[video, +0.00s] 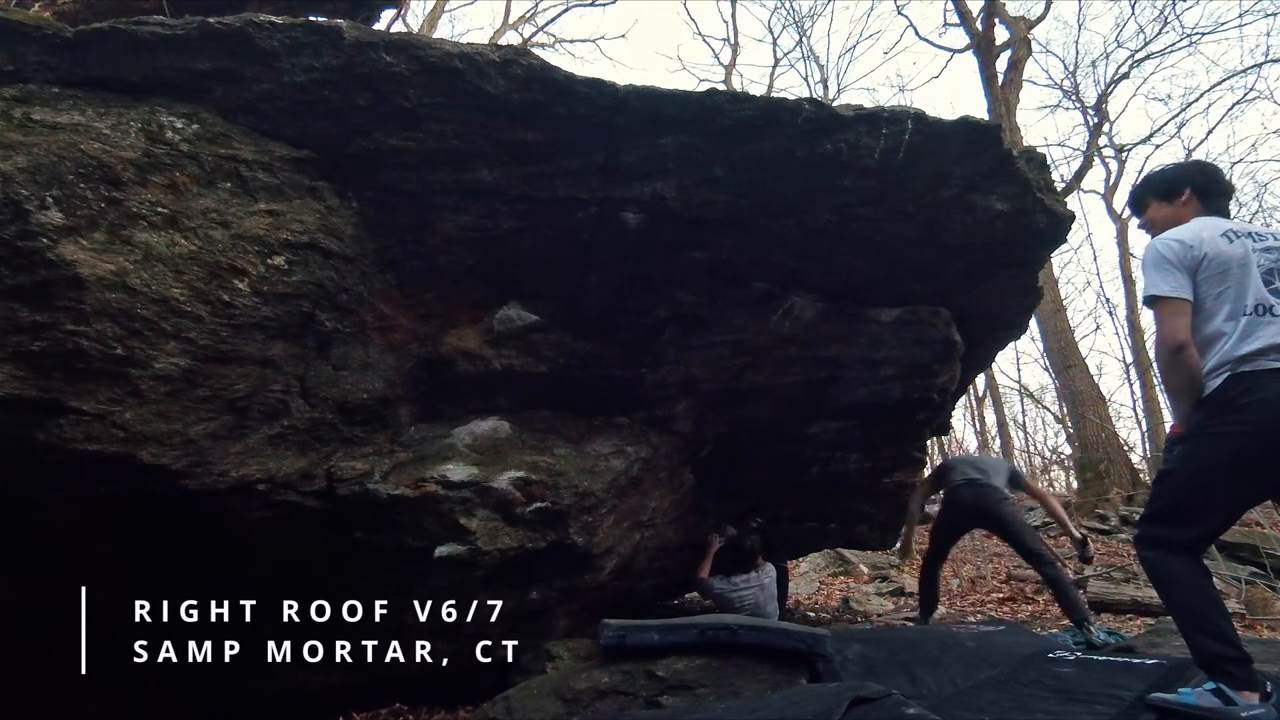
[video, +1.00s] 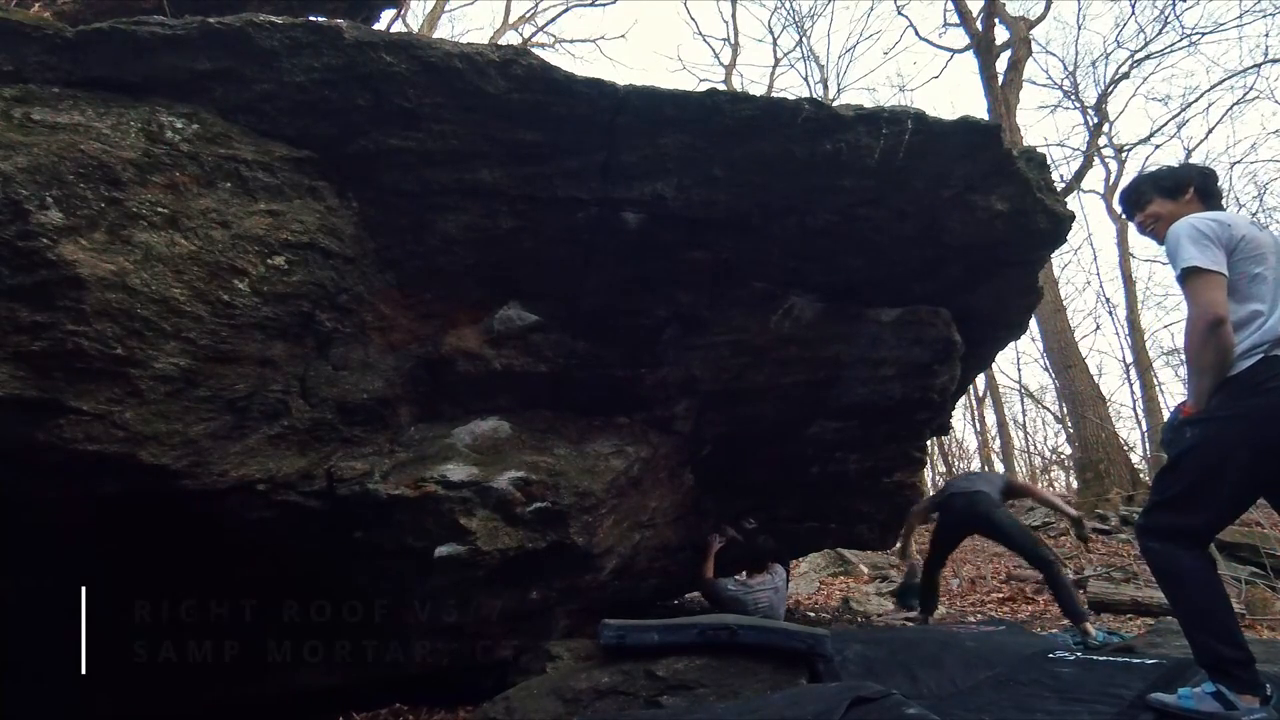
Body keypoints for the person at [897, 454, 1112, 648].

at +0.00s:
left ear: (960, 462)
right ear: (995, 462)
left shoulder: (947, 466)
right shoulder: (1006, 468)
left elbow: (918, 495)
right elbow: (1046, 498)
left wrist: (906, 539)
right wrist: (1075, 534)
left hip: (956, 505)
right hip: (995, 502)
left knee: (932, 562)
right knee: (1044, 561)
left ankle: (924, 618)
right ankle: (1087, 627)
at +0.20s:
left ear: (932, 495)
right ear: (970, 494)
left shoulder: (917, 506)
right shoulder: (976, 494)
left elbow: (896, 549)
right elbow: (1021, 511)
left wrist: (887, 585)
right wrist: (1060, 529)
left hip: (925, 514)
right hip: (959, 511)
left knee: (915, 566)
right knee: (1018, 566)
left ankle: (920, 620)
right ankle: (1079, 627)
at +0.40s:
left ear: (919, 510)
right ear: (952, 507)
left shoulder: (908, 523)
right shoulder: (958, 507)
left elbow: (892, 574)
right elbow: (995, 510)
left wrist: (884, 609)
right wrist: (1041, 527)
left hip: (912, 530)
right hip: (949, 522)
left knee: (910, 569)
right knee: (1014, 574)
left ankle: (922, 622)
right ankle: (1076, 628)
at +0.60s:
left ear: (917, 512)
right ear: (949, 506)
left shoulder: (906, 526)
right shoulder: (957, 507)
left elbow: (891, 577)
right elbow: (1014, 502)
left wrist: (876, 609)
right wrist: (1038, 515)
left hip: (913, 534)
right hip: (948, 525)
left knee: (908, 568)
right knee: (1016, 575)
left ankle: (921, 620)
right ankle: (1074, 628)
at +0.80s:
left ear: (922, 497)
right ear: (951, 491)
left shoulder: (910, 508)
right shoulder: (960, 494)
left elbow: (887, 546)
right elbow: (998, 495)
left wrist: (875, 583)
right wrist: (1038, 502)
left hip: (922, 525)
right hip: (957, 517)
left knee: (915, 569)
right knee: (1023, 561)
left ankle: (921, 621)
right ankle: (1082, 616)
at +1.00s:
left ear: (963, 479)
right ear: (994, 478)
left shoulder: (946, 489)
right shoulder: (1001, 481)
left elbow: (913, 514)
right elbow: (1038, 493)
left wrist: (905, 553)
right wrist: (1077, 519)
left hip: (951, 512)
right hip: (987, 508)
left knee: (932, 565)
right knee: (1048, 562)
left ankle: (924, 618)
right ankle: (1087, 630)